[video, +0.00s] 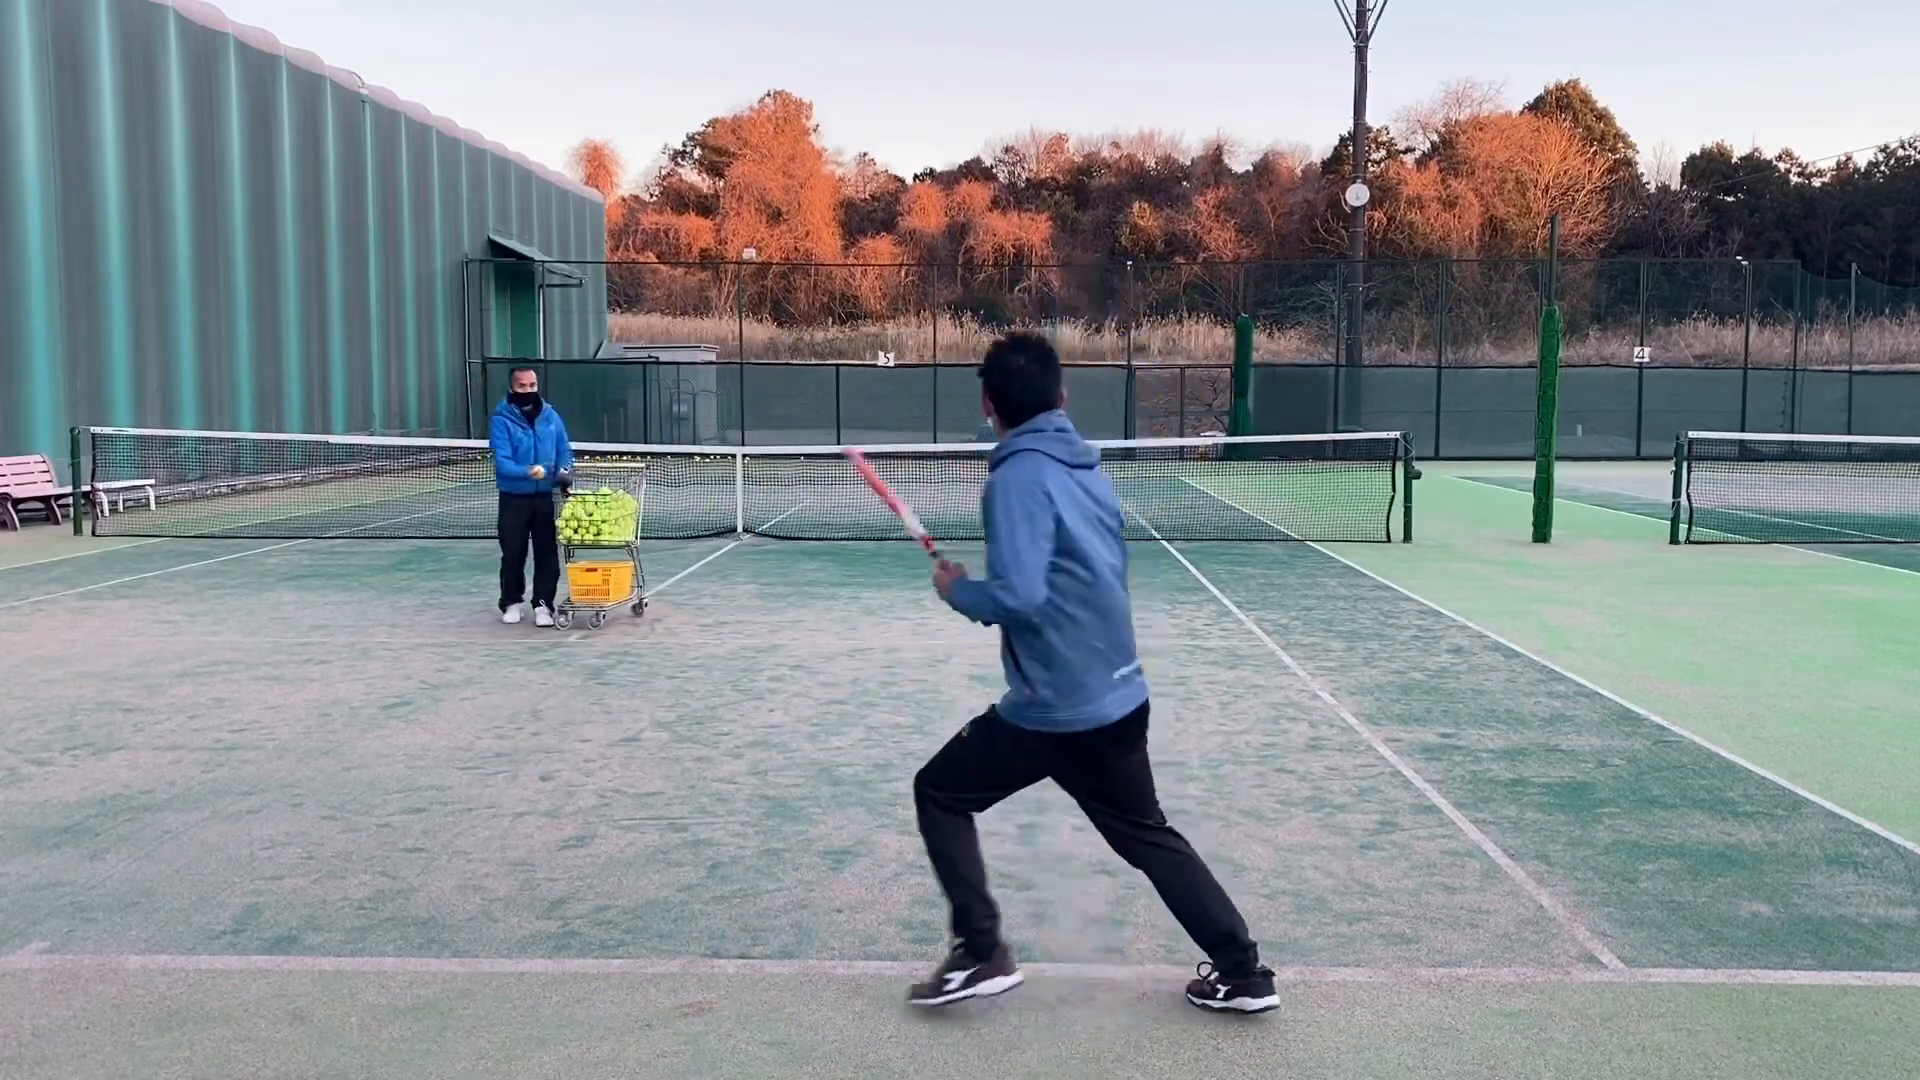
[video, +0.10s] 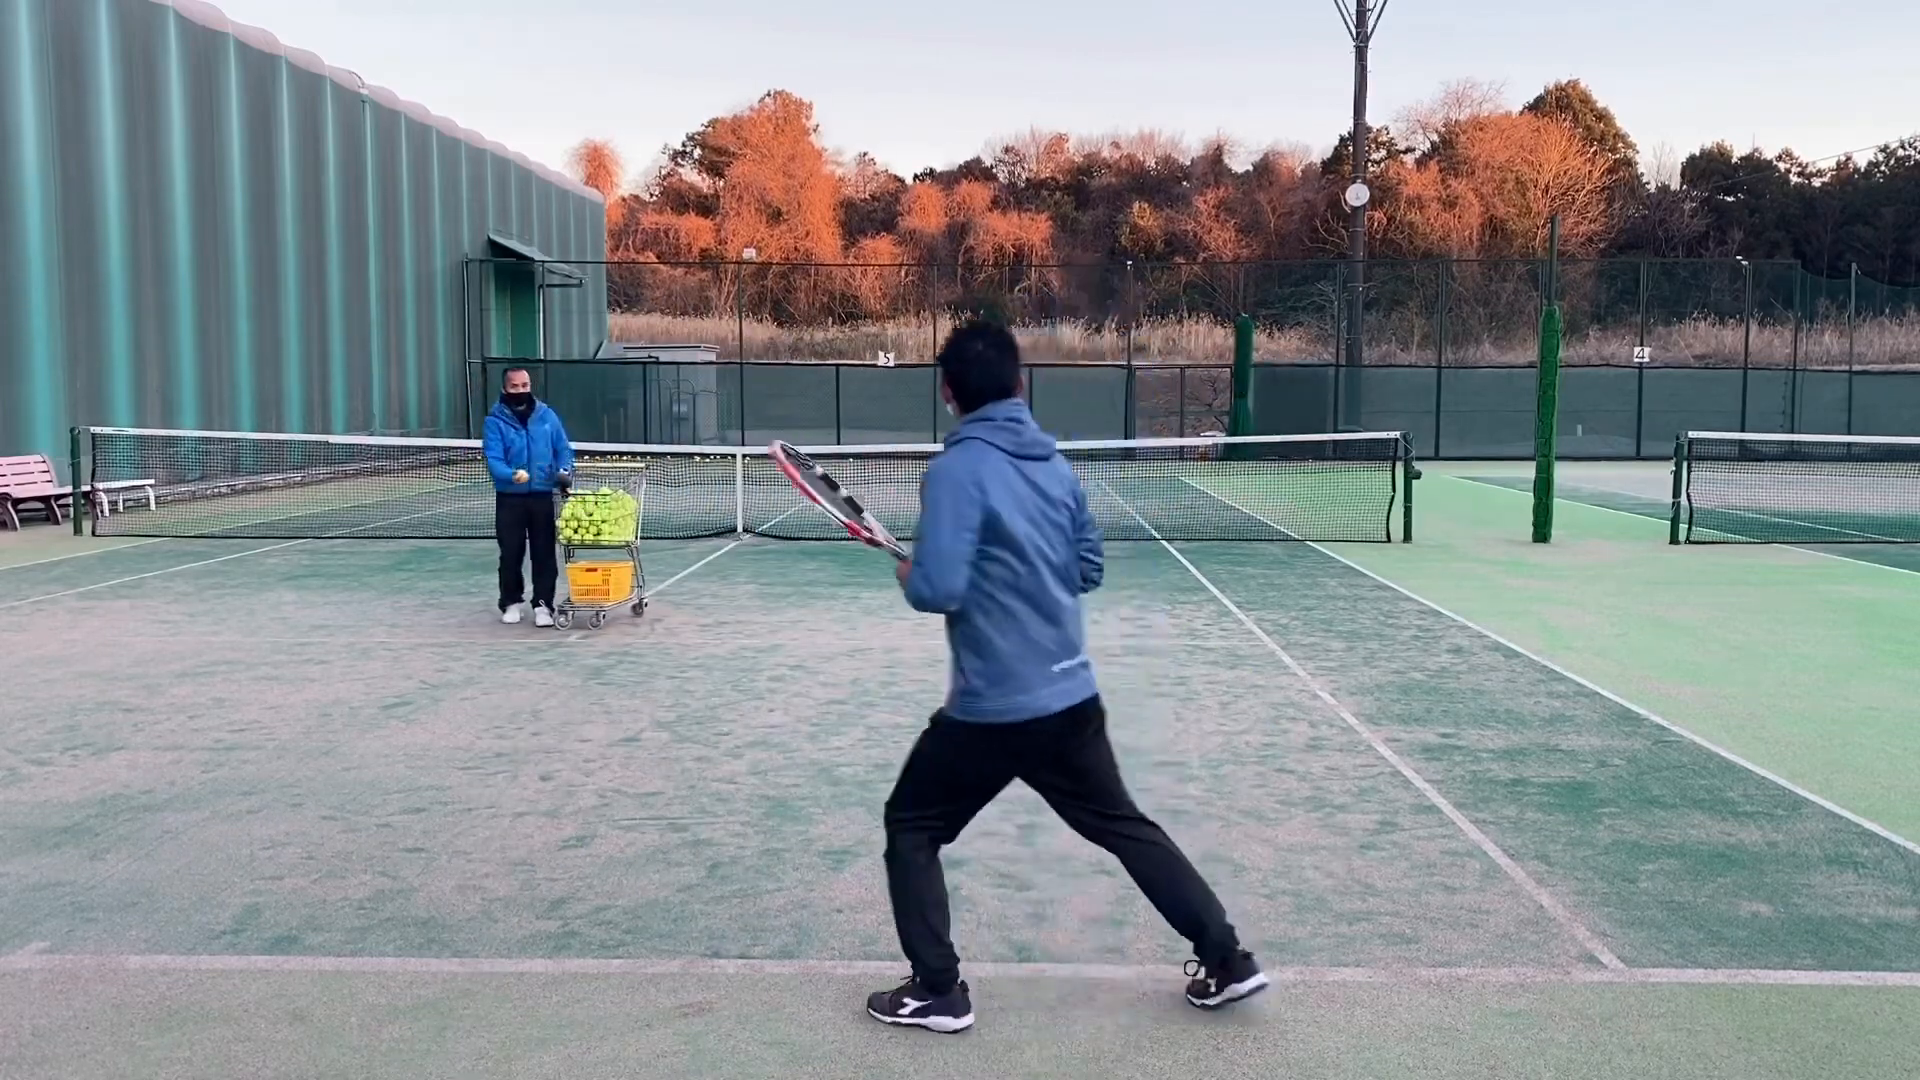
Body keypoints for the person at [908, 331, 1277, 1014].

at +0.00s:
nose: (981, 403)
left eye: (983, 393)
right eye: (983, 392)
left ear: (992, 402)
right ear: (1059, 395)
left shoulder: (1019, 477)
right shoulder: (1083, 465)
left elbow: (1019, 594)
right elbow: (1105, 567)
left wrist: (957, 589)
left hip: (1059, 706)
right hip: (1116, 697)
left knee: (940, 791)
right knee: (1146, 835)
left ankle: (979, 950)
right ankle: (1243, 970)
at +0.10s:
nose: (938, 388)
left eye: (938, 379)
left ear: (947, 389)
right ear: (1021, 383)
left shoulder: (957, 469)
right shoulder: (1053, 464)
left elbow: (938, 588)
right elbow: (1088, 570)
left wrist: (911, 571)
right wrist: (999, 559)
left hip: (992, 708)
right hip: (1070, 695)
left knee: (911, 826)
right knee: (1124, 826)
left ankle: (937, 991)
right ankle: (1231, 962)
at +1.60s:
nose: (607, 370)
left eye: (601, 357)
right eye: (606, 358)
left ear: (525, 360)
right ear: (594, 368)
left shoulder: (494, 435)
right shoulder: (552, 440)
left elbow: (595, 509)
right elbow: (622, 518)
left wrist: (694, 498)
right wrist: (732, 515)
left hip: (449, 702)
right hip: (512, 710)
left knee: (427, 862)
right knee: (612, 872)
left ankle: (333, 1030)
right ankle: (569, 1053)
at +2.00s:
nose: (781, 386)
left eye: (778, 375)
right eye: (778, 374)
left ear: (699, 370)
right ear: (761, 378)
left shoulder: (705, 467)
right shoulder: (680, 435)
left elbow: (753, 531)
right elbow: (700, 437)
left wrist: (831, 548)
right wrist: (808, 404)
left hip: (694, 724)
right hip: (642, 728)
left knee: (760, 874)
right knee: (662, 921)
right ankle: (544, 1054)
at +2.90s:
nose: (1098, 399)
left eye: (1097, 387)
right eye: (1099, 389)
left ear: (1022, 379)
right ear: (1087, 395)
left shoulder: (957, 436)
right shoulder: (1081, 498)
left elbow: (890, 524)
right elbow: (1085, 595)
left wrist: (851, 507)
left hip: (898, 687)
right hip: (984, 700)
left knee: (948, 855)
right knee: (983, 860)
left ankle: (1006, 991)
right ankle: (925, 1015)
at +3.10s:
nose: (996, 319)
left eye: (1001, 309)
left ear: (1004, 320)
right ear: (1078, 326)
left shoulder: (979, 398)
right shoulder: (1082, 389)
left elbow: (959, 510)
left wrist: (901, 498)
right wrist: (935, 345)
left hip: (959, 654)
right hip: (1042, 652)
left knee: (973, 820)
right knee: (1042, 814)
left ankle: (1011, 976)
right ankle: (1029, 990)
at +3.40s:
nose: (951, 382)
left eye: (953, 372)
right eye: (957, 369)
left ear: (962, 383)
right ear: (1027, 375)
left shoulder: (980, 462)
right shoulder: (1054, 449)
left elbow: (998, 577)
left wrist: (932, 572)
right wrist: (966, 545)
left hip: (1009, 712)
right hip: (1081, 699)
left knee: (930, 814)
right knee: (1104, 858)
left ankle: (1023, 947)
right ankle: (1163, 1018)